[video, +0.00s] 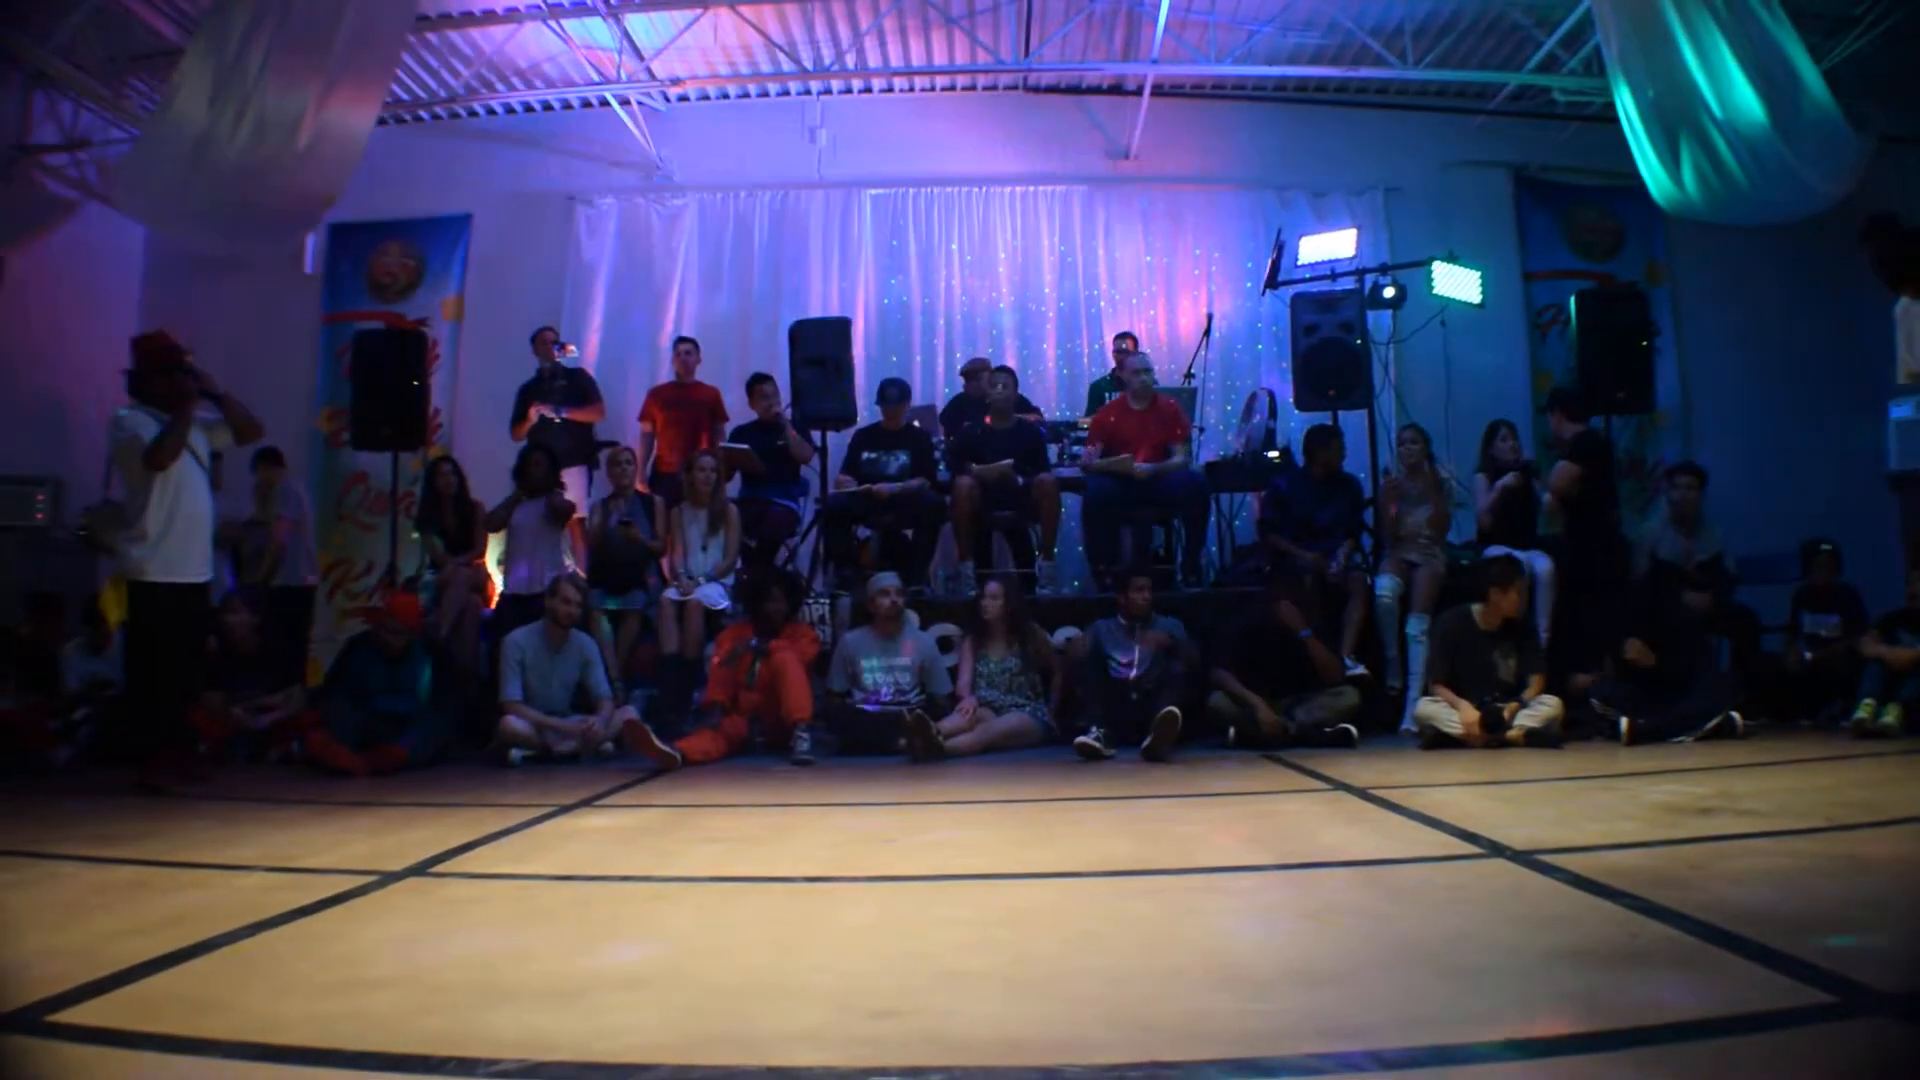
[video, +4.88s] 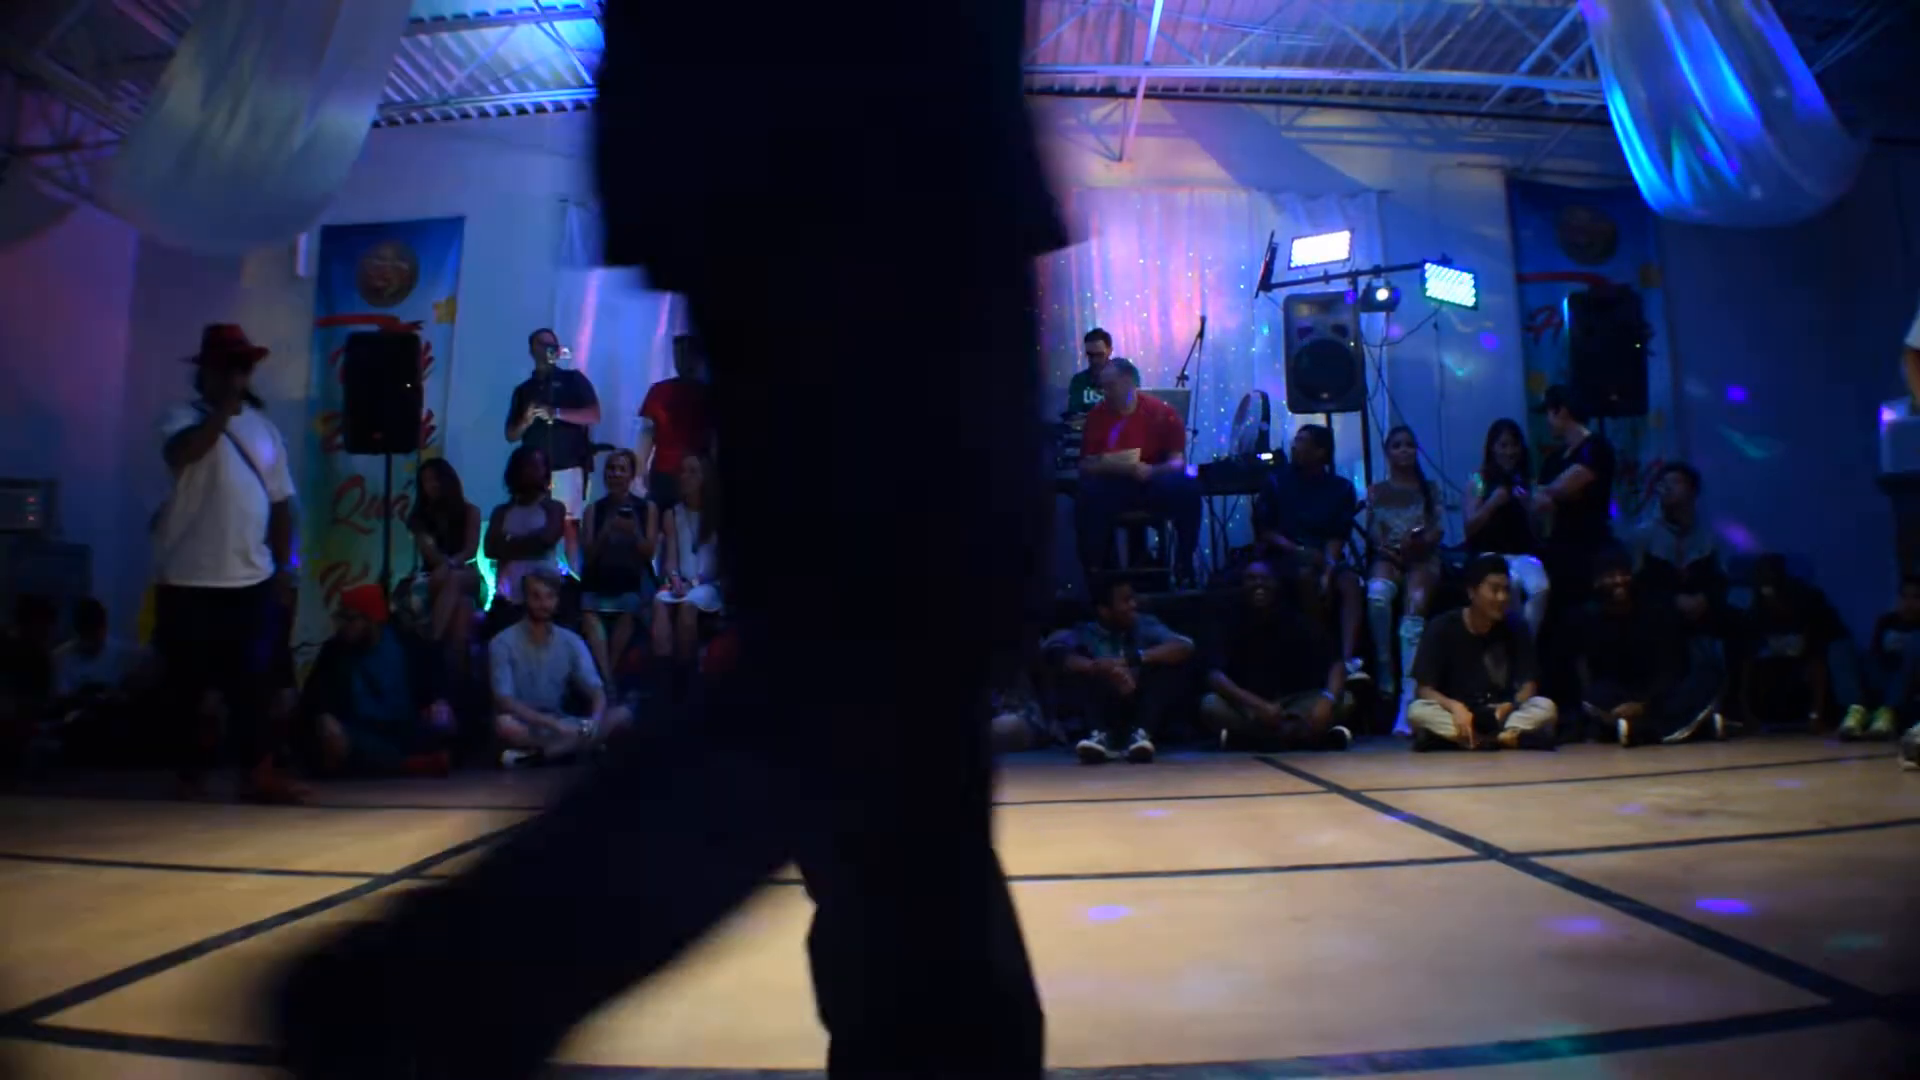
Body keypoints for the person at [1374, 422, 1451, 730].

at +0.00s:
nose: (1408, 449)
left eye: (1414, 443)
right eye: (1402, 444)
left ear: (1425, 448)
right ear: (1397, 450)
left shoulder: (1439, 481)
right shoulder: (1391, 484)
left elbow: (1441, 529)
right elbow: (1386, 534)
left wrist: (1434, 493)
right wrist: (1389, 504)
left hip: (1427, 549)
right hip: (1397, 549)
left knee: (1417, 627)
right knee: (1384, 595)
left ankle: (1414, 709)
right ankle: (1393, 670)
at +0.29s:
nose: (1400, 454)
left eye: (1407, 448)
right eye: (1395, 448)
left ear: (1419, 453)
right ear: (1389, 454)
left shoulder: (1432, 487)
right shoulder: (1384, 490)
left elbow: (1440, 532)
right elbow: (1379, 534)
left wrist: (1428, 501)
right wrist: (1388, 511)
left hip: (1424, 553)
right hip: (1393, 553)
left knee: (1414, 627)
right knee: (1379, 597)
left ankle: (1410, 712)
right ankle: (1389, 671)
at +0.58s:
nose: (1397, 454)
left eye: (1404, 448)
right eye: (1392, 449)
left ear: (1416, 453)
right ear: (1386, 455)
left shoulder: (1433, 489)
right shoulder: (1379, 492)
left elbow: (1444, 534)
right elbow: (1373, 533)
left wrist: (1405, 539)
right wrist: (1391, 522)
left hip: (1423, 555)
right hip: (1390, 556)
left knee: (1412, 628)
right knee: (1378, 594)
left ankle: (1408, 714)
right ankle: (1386, 671)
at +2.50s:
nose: (1399, 451)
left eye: (1405, 445)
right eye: (1393, 446)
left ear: (1415, 451)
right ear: (1386, 453)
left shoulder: (1430, 488)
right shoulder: (1378, 493)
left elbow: (1438, 529)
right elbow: (1373, 533)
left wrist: (1414, 544)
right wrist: (1389, 549)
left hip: (1420, 558)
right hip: (1388, 558)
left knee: (1412, 628)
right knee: (1379, 596)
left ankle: (1408, 696)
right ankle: (1386, 668)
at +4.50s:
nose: (1403, 451)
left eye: (1408, 445)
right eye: (1396, 446)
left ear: (1417, 452)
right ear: (1387, 453)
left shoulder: (1431, 489)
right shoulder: (1377, 493)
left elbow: (1440, 527)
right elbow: (1371, 532)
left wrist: (1415, 544)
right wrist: (1391, 548)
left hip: (1421, 554)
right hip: (1388, 554)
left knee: (1413, 626)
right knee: (1378, 596)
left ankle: (1408, 703)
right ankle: (1385, 670)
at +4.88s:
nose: (1404, 451)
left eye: (1409, 445)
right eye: (1397, 446)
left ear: (1416, 451)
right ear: (1387, 452)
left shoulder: (1430, 489)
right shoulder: (1377, 491)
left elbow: (1438, 526)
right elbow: (1372, 531)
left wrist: (1421, 543)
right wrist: (1389, 550)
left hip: (1419, 556)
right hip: (1387, 555)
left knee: (1417, 602)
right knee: (1377, 595)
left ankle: (1410, 682)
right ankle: (1385, 672)